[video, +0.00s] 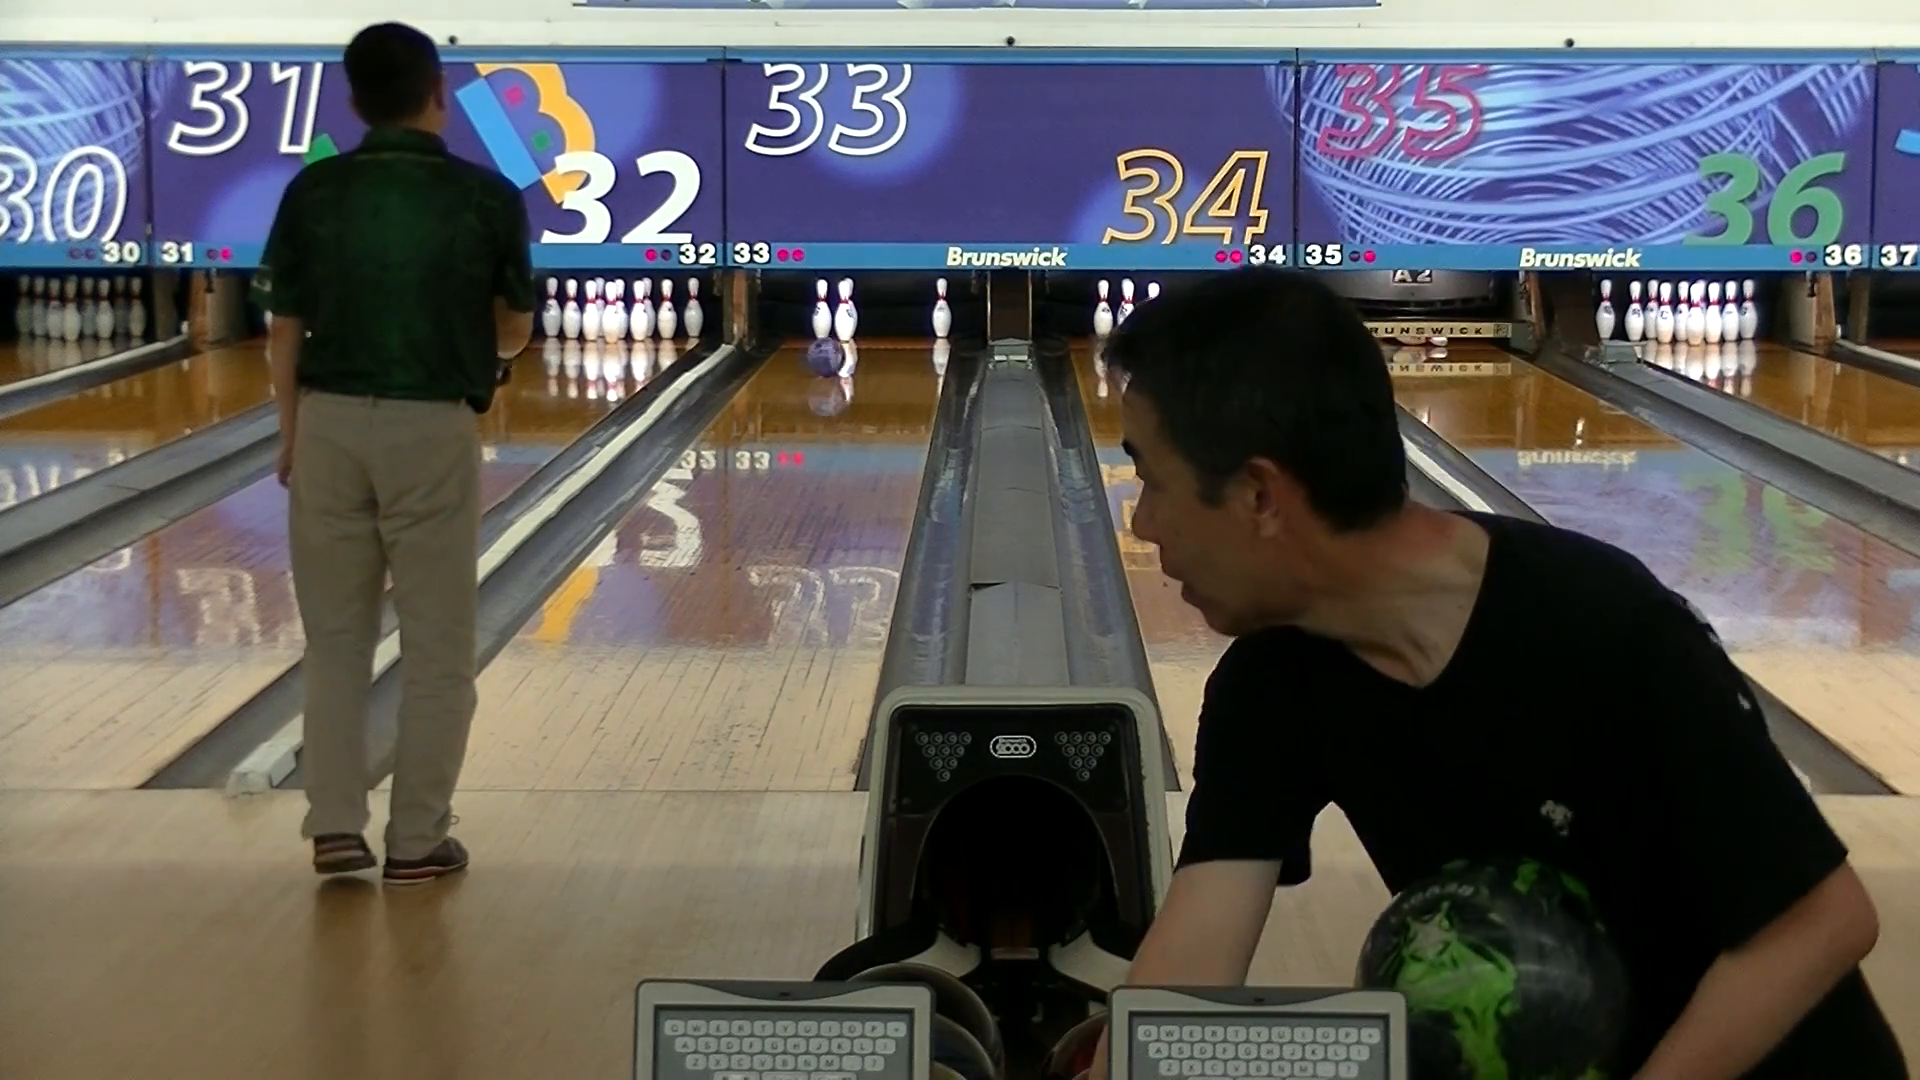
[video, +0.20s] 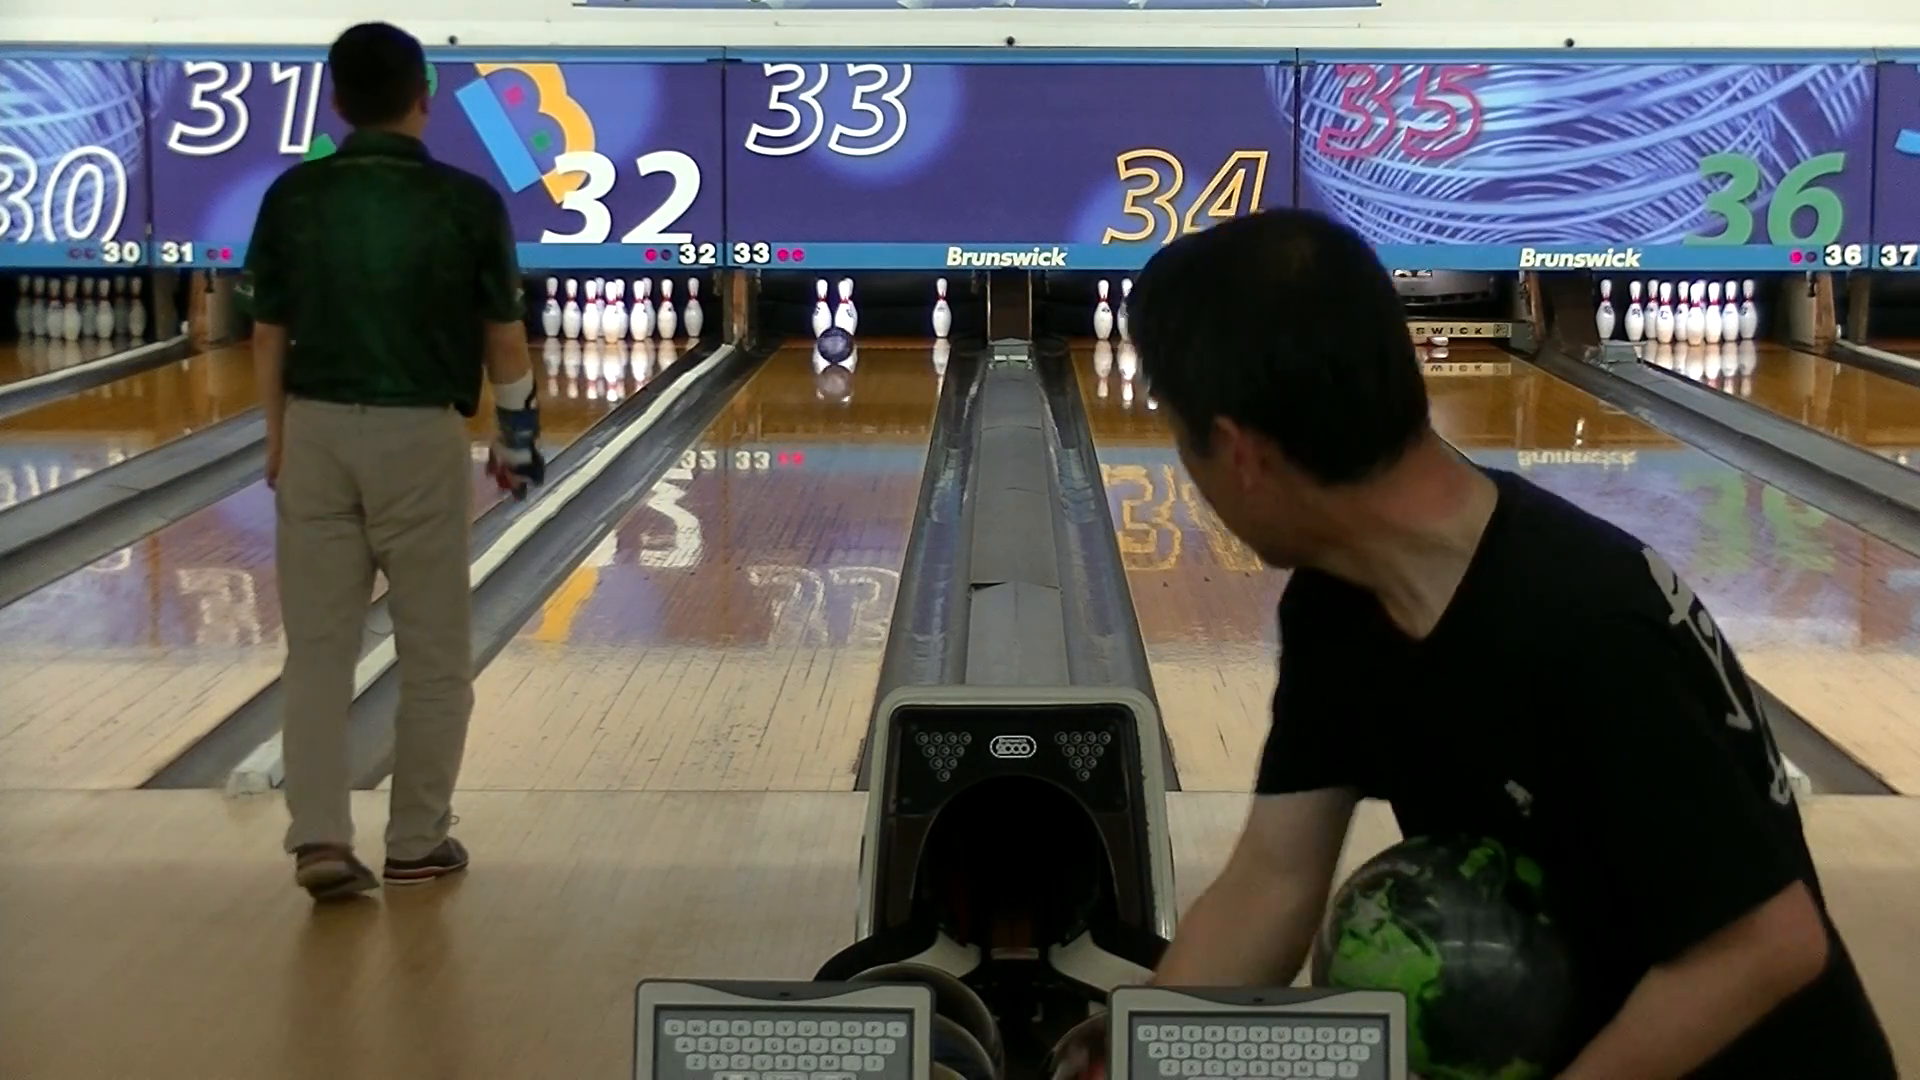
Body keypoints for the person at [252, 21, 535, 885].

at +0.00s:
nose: (446, 97)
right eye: (442, 86)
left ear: (354, 101)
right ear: (438, 94)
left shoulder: (313, 188)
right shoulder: (487, 196)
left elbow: (283, 329)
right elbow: (513, 328)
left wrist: (289, 430)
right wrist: (458, 323)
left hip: (326, 429)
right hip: (432, 433)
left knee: (334, 636)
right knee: (438, 641)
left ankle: (335, 832)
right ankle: (417, 840)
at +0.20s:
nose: (430, 105)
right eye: (428, 94)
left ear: (337, 101)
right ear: (424, 101)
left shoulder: (292, 193)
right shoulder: (468, 200)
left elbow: (268, 331)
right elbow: (505, 338)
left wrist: (276, 432)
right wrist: (513, 432)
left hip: (311, 436)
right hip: (422, 439)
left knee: (316, 647)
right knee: (434, 647)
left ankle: (320, 842)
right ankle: (416, 840)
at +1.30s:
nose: (394, 108)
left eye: (388, 92)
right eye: (389, 92)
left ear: (304, 102)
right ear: (368, 99)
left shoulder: (264, 197)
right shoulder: (350, 214)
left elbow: (240, 336)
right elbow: (404, 371)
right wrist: (444, 447)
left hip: (288, 460)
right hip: (334, 468)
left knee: (360, 661)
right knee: (329, 676)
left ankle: (342, 852)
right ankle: (280, 894)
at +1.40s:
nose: (406, 119)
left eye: (405, 101)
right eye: (400, 100)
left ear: (336, 101)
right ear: (362, 101)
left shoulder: (329, 198)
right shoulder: (314, 203)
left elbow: (358, 358)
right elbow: (363, 363)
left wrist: (422, 472)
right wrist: (436, 471)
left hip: (360, 474)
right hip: (313, 474)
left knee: (403, 681)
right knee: (319, 688)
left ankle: (368, 867)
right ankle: (277, 894)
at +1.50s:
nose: (418, 137)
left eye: (420, 120)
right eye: (410, 118)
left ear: (361, 113)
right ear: (359, 109)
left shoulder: (354, 207)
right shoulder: (294, 212)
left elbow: (361, 355)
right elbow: (331, 369)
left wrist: (399, 468)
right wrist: (401, 487)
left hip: (374, 475)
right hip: (306, 480)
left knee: (440, 684)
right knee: (307, 702)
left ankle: (406, 877)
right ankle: (279, 892)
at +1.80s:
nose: (429, 194)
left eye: (442, 178)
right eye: (415, 174)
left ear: (454, 160)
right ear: (361, 142)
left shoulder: (452, 236)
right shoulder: (276, 237)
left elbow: (488, 363)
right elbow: (214, 359)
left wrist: (533, 477)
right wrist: (173, 456)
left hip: (435, 510)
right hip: (317, 520)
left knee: (448, 726)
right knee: (308, 718)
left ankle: (445, 934)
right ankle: (287, 886)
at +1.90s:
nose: (435, 207)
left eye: (451, 192)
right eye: (421, 188)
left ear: (469, 171)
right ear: (372, 151)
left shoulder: (481, 242)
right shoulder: (286, 240)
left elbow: (522, 373)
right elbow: (211, 358)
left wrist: (569, 490)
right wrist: (141, 469)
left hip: (451, 518)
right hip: (329, 527)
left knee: (458, 741)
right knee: (324, 737)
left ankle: (442, 947)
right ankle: (299, 872)